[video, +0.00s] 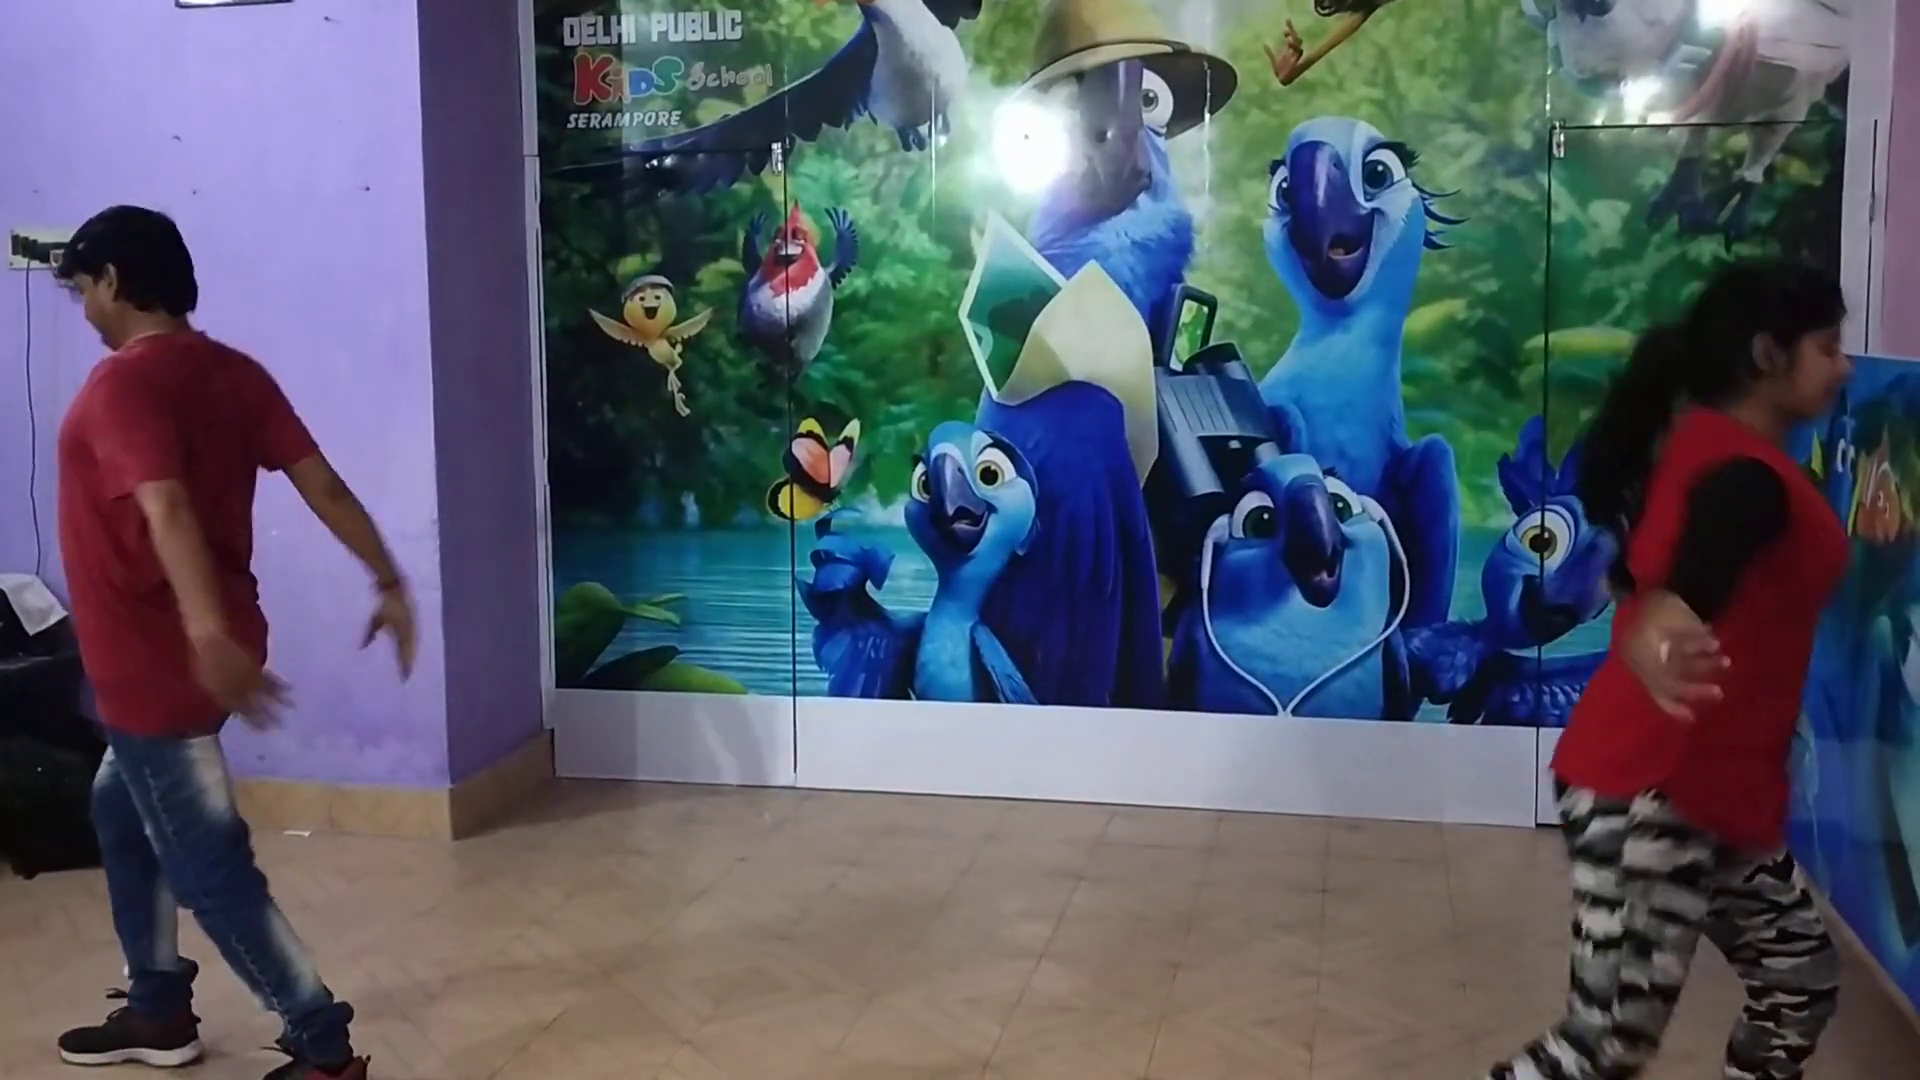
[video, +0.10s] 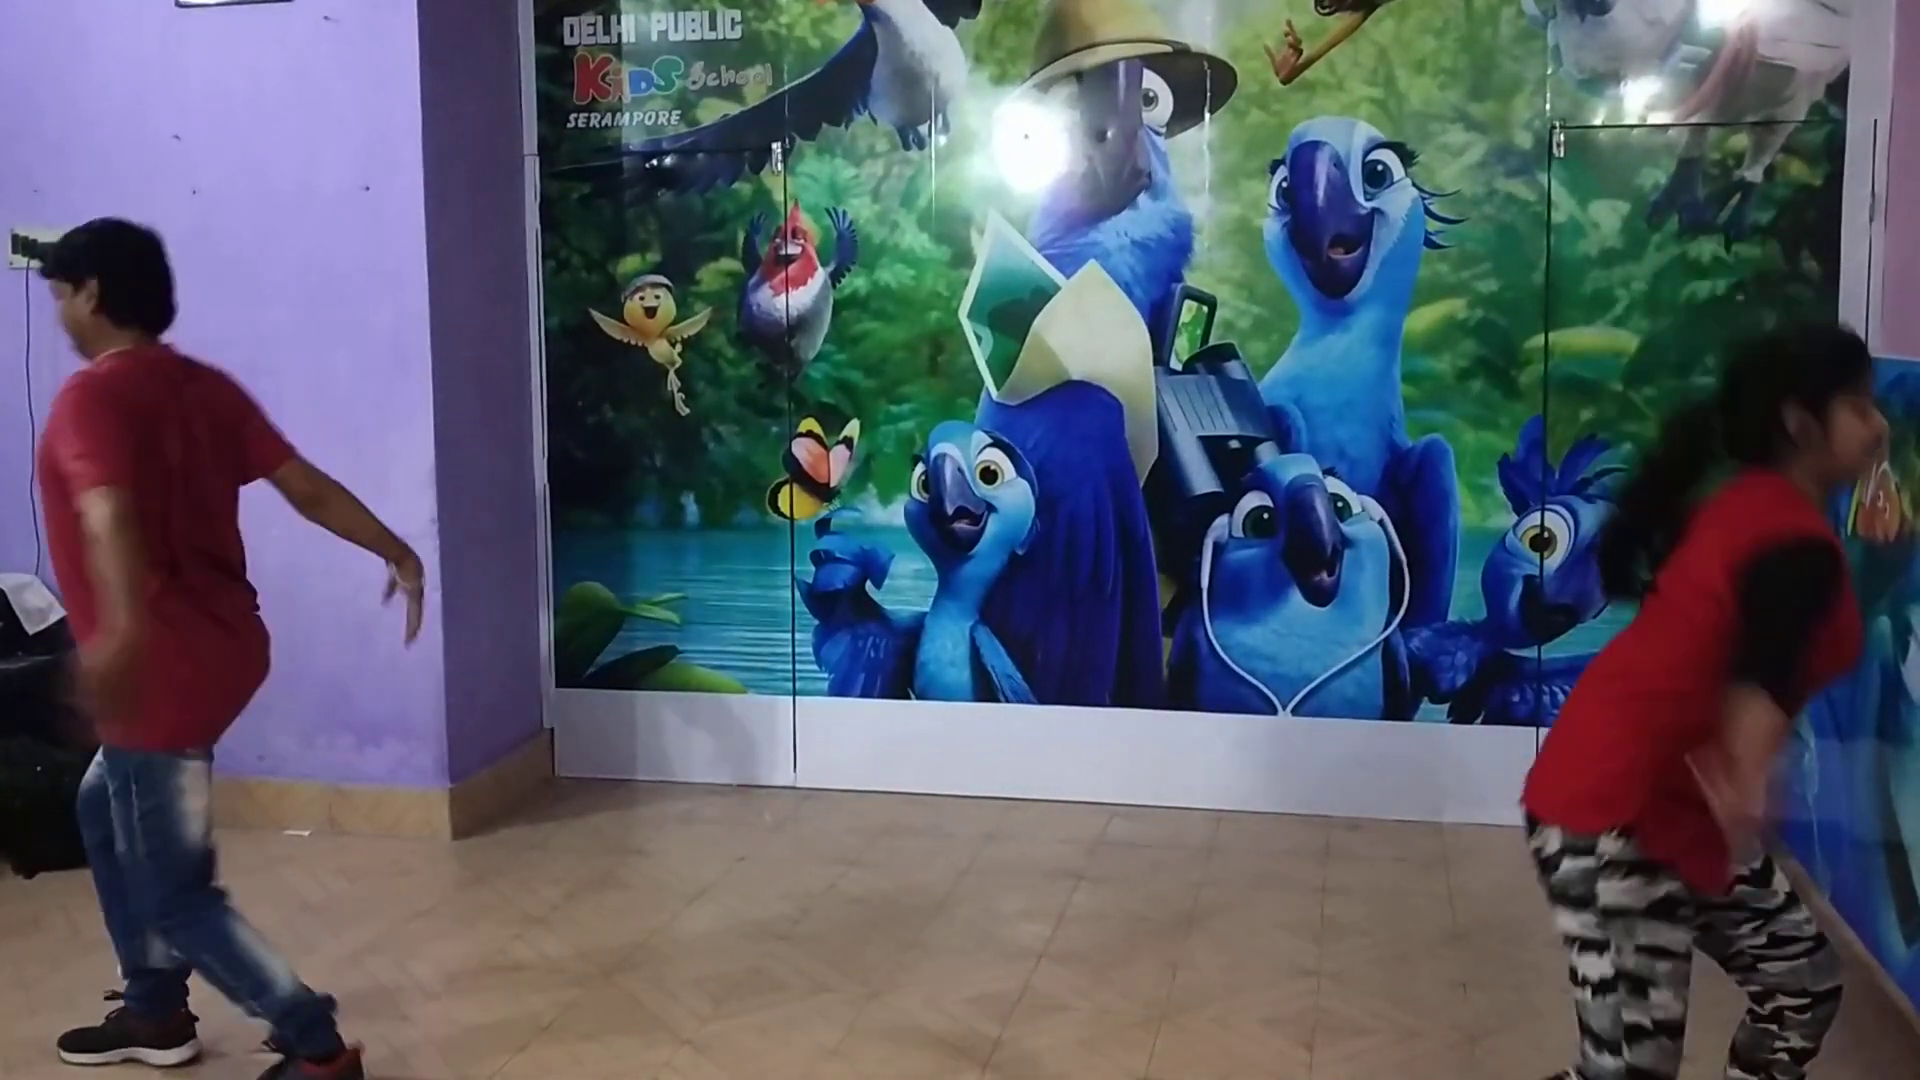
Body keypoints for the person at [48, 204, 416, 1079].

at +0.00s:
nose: (79, 307)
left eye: (80, 288)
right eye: (76, 291)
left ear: (110, 283)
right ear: (174, 281)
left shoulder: (122, 386)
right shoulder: (236, 372)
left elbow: (168, 507)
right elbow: (319, 481)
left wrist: (211, 635)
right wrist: (387, 575)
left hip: (148, 672)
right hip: (215, 650)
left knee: (211, 867)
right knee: (120, 810)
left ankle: (324, 1046)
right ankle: (157, 1010)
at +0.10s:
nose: (56, 307)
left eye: (61, 291)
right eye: (57, 291)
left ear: (92, 297)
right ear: (148, 299)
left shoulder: (89, 398)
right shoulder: (208, 386)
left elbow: (107, 516)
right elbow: (301, 481)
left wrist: (120, 631)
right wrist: (396, 549)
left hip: (154, 664)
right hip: (225, 648)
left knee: (177, 901)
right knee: (105, 810)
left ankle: (317, 1045)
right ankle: (153, 1011)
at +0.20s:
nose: (12, 346)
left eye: (20, 330)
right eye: (14, 329)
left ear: (50, 336)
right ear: (101, 339)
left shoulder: (43, 436)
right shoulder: (161, 420)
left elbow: (30, 555)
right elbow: (264, 506)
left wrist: (9, 644)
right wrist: (357, 555)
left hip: (183, 690)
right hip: (251, 667)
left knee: (135, 903)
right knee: (99, 805)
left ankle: (296, 1032)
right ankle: (151, 1012)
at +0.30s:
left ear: (4, 418)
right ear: (59, 413)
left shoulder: (20, 504)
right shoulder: (112, 478)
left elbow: (9, 609)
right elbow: (180, 568)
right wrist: (261, 600)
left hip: (213, 708)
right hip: (270, 677)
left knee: (128, 912)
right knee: (108, 803)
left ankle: (297, 1034)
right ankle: (153, 1015)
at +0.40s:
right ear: (34, 487)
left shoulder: (18, 564)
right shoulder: (82, 529)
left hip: (231, 713)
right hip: (290, 680)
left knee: (124, 913)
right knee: (119, 803)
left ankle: (300, 1037)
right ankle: (152, 1014)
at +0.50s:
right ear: (28, 532)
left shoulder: (15, 596)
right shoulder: (83, 573)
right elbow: (80, 708)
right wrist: (13, 783)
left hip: (239, 716)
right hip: (302, 685)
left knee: (132, 914)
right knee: (129, 800)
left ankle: (303, 1040)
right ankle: (154, 1017)